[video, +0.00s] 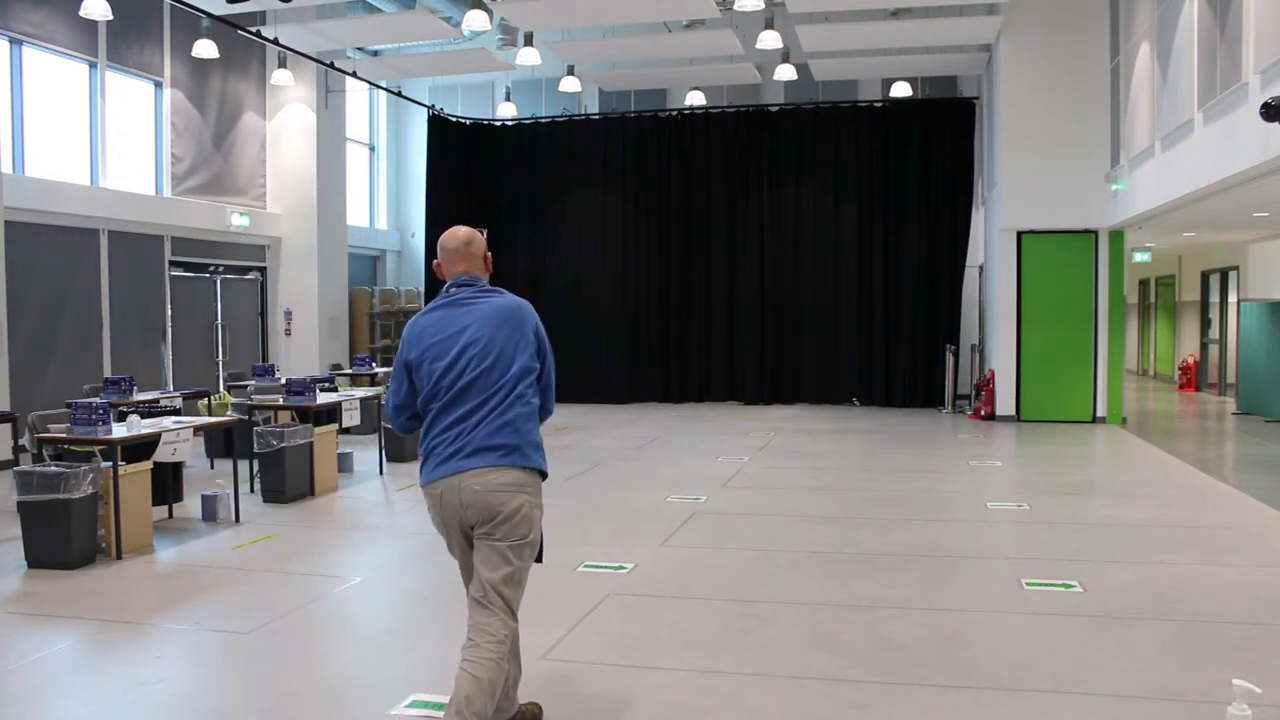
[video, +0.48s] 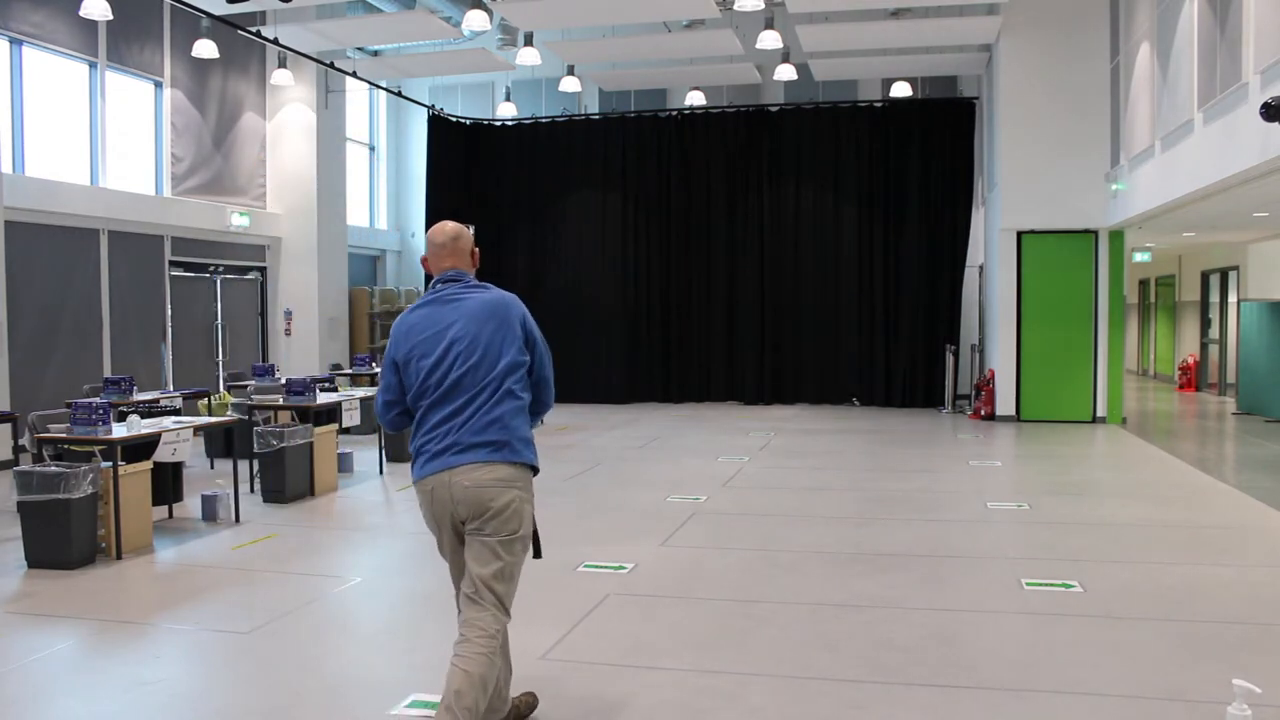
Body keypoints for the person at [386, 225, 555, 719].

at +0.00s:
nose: (490, 260)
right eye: (488, 253)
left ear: (438, 269)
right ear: (488, 263)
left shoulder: (418, 327)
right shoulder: (521, 312)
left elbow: (401, 416)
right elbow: (543, 402)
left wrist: (448, 409)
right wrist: (499, 415)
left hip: (442, 485)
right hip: (509, 480)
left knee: (488, 600)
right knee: (493, 613)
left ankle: (503, 707)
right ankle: (463, 717)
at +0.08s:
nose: (488, 260)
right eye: (486, 254)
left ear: (437, 268)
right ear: (486, 262)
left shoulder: (416, 327)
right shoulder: (519, 312)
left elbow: (399, 417)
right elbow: (542, 402)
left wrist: (446, 408)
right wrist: (498, 416)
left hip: (442, 485)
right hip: (508, 480)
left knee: (487, 600)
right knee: (493, 611)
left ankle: (503, 707)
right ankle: (463, 717)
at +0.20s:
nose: (486, 258)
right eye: (484, 252)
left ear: (435, 266)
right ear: (484, 261)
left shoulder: (414, 326)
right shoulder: (517, 311)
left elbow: (396, 416)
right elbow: (541, 400)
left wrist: (444, 408)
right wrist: (500, 414)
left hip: (440, 485)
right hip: (506, 480)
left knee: (485, 600)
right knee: (492, 609)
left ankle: (502, 707)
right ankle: (463, 716)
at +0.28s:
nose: (483, 258)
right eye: (482, 252)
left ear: (433, 266)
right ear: (483, 260)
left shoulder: (411, 325)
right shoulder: (515, 310)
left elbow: (394, 415)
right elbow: (540, 401)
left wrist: (441, 404)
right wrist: (499, 411)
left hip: (439, 484)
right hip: (505, 479)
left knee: (482, 599)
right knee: (490, 607)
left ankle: (501, 706)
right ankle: (461, 716)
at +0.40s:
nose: (480, 257)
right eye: (478, 251)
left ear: (429, 265)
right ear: (478, 259)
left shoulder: (408, 325)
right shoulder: (511, 309)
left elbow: (393, 414)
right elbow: (541, 399)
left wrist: (438, 412)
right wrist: (504, 416)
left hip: (437, 483)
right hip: (503, 477)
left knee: (479, 598)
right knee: (487, 607)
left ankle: (497, 708)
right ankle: (459, 717)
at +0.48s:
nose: (476, 257)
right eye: (476, 251)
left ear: (426, 265)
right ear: (476, 259)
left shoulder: (405, 325)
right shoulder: (508, 307)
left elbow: (391, 414)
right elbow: (542, 395)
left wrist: (436, 411)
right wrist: (507, 419)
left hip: (434, 482)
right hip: (500, 476)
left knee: (475, 599)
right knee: (485, 607)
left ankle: (495, 707)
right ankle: (455, 716)